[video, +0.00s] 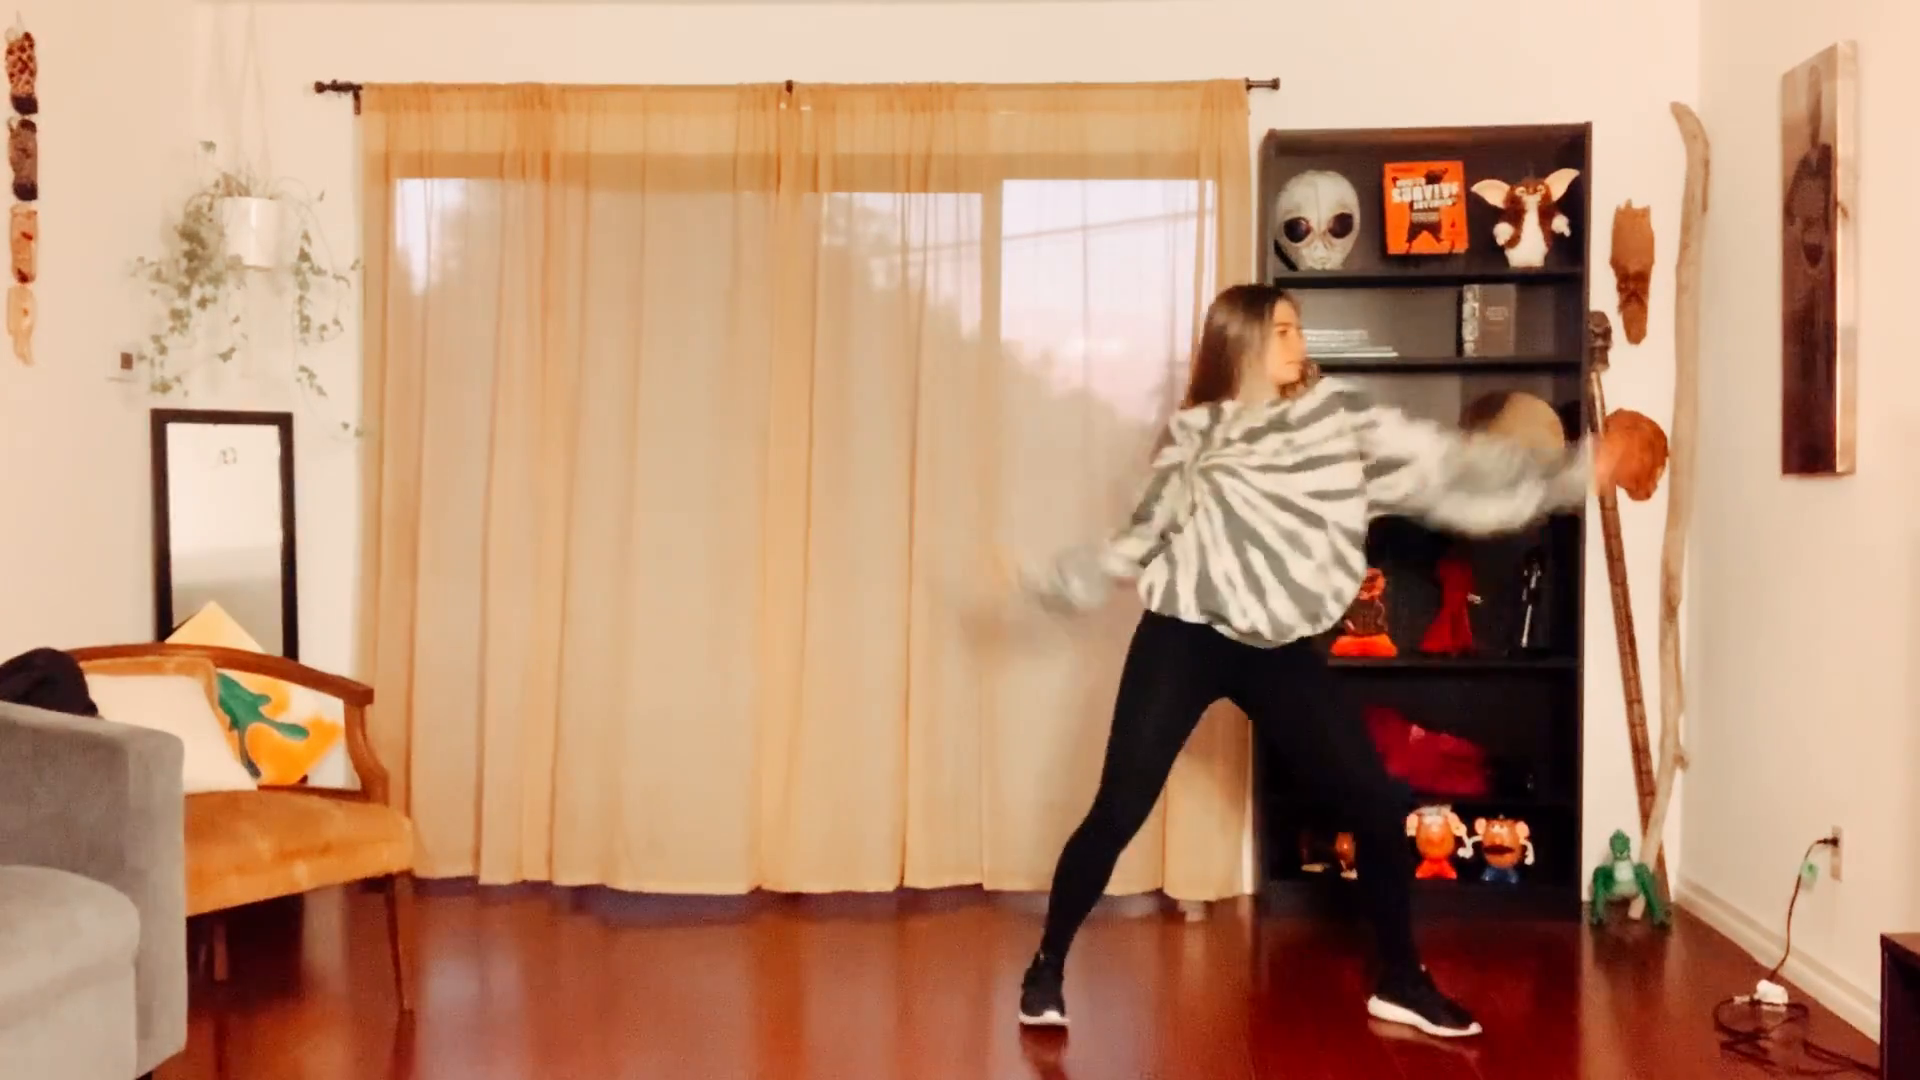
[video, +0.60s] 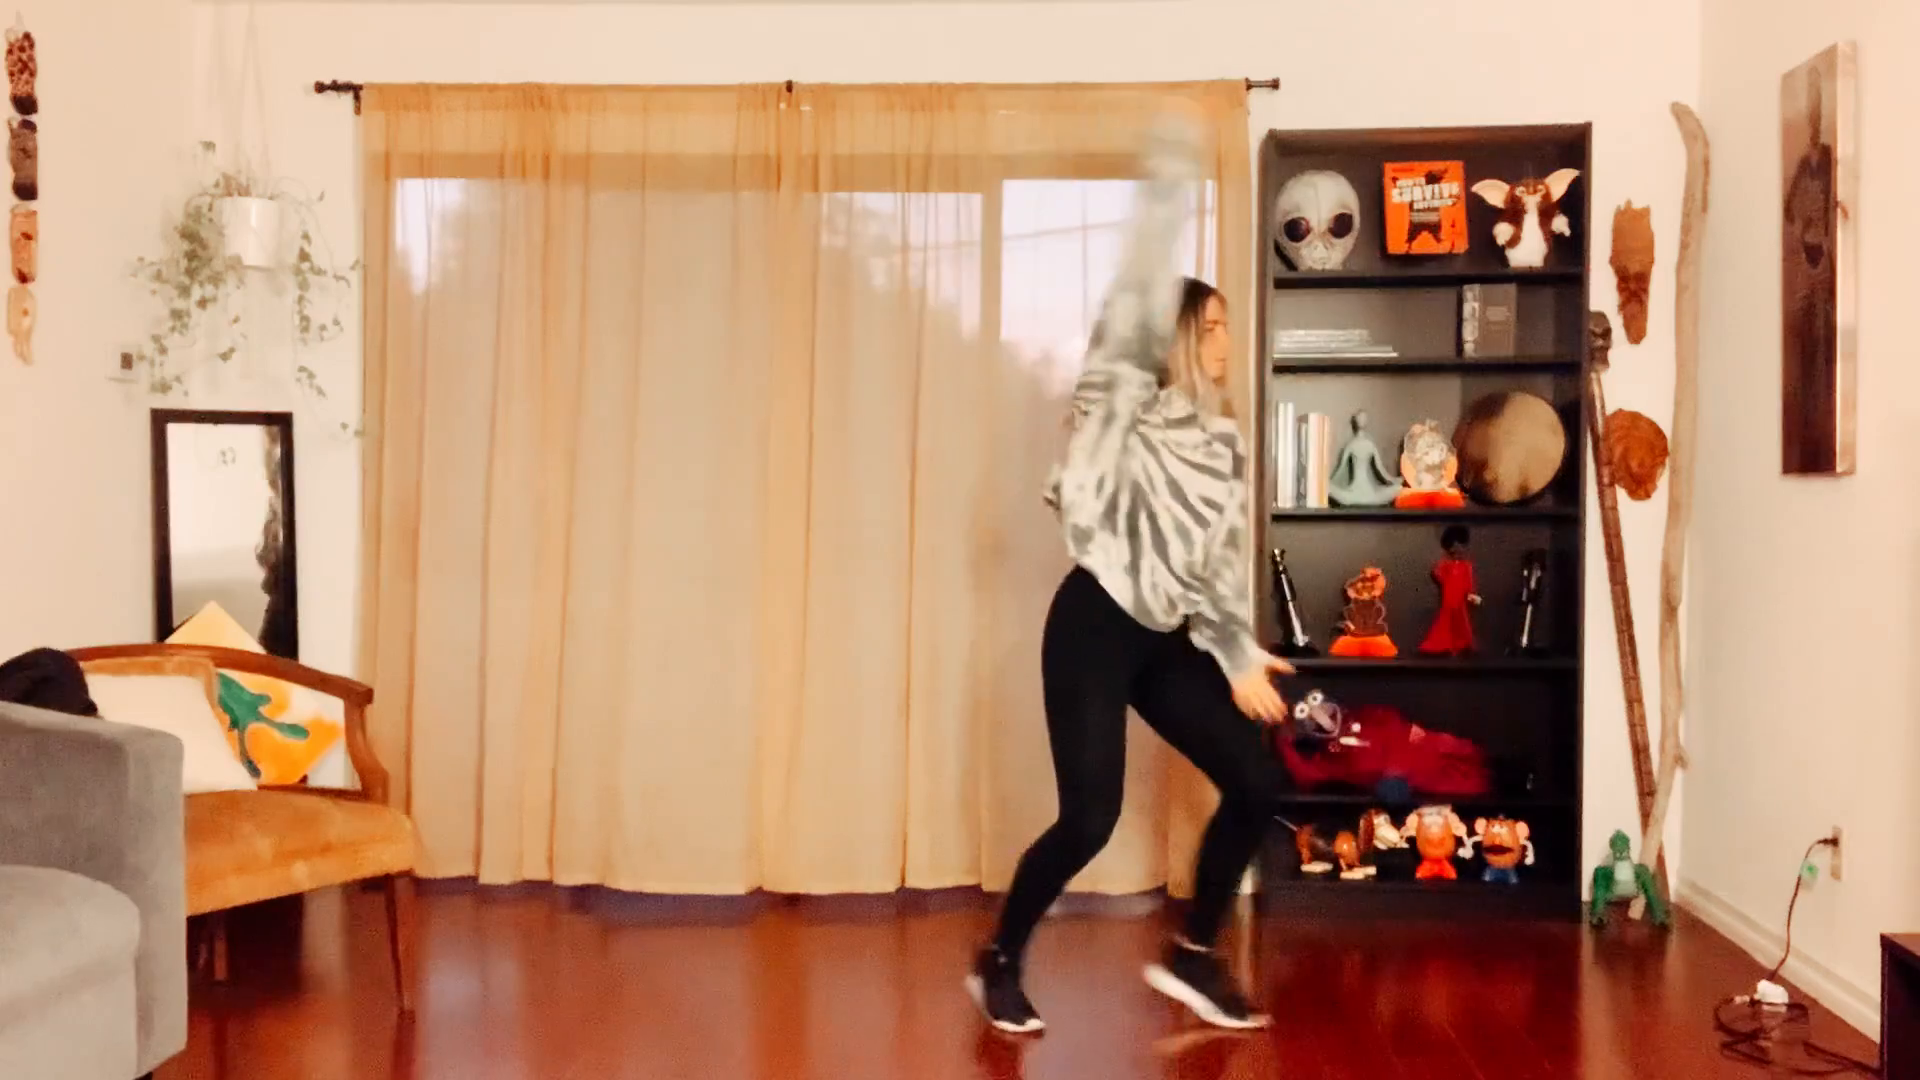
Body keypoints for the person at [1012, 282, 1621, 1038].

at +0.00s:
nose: (1299, 340)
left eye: (1298, 327)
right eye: (1283, 328)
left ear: (1296, 342)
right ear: (1243, 343)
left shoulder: (1344, 422)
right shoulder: (1200, 435)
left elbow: (1456, 470)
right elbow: (1139, 540)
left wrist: (1575, 472)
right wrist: (1048, 581)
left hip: (1284, 648)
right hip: (1182, 635)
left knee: (1377, 803)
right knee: (1120, 807)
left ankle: (1398, 979)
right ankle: (1048, 965)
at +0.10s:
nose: (1313, 347)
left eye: (1312, 332)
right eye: (1297, 336)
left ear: (1304, 343)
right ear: (1255, 352)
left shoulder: (1361, 407)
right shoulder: (1205, 438)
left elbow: (1473, 374)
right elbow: (1163, 543)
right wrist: (1138, 653)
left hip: (1281, 648)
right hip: (1179, 633)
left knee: (1373, 802)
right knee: (1105, 803)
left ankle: (1398, 980)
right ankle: (1040, 966)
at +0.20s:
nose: (1307, 341)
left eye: (1302, 328)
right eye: (1294, 328)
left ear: (1276, 340)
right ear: (1263, 338)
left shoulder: (1341, 409)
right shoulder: (1200, 439)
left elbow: (1451, 352)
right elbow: (1159, 543)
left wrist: (1556, 289)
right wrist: (1149, 608)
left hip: (1264, 648)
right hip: (1165, 636)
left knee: (1364, 802)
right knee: (1094, 805)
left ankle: (1398, 982)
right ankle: (1039, 967)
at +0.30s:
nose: (1282, 337)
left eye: (1280, 323)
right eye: (1267, 324)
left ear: (1270, 334)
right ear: (1228, 339)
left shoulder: (1326, 419)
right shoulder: (1163, 428)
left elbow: (1437, 435)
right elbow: (1080, 514)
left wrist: (1539, 439)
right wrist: (1011, 592)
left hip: (1249, 644)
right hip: (1145, 634)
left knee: (1326, 809)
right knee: (1095, 814)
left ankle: (1393, 977)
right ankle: (1042, 972)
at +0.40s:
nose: (1262, 340)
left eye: (1262, 326)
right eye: (1247, 327)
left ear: (1258, 338)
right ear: (1205, 337)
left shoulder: (1285, 440)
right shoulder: (1124, 409)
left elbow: (1360, 533)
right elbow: (1019, 395)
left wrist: (1432, 624)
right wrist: (940, 389)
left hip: (1212, 644)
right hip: (1116, 633)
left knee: (1295, 794)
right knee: (1089, 823)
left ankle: (1368, 974)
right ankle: (1041, 973)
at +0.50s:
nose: (1246, 344)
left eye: (1246, 331)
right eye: (1231, 331)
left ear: (1236, 346)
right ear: (1187, 341)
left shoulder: (1243, 453)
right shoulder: (1119, 399)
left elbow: (1267, 571)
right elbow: (1061, 306)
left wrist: (1313, 678)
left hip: (1177, 641)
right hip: (1095, 630)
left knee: (1280, 783)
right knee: (1088, 818)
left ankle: (1283, 974)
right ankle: (1039, 978)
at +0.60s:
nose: (1226, 341)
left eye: (1226, 328)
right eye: (1211, 328)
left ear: (1218, 342)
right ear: (1168, 335)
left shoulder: (1221, 447)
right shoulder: (1118, 408)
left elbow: (1220, 567)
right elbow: (1136, 302)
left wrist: (1243, 663)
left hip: (1163, 643)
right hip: (1091, 627)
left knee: (1256, 783)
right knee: (1089, 818)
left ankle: (1193, 950)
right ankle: (1001, 963)